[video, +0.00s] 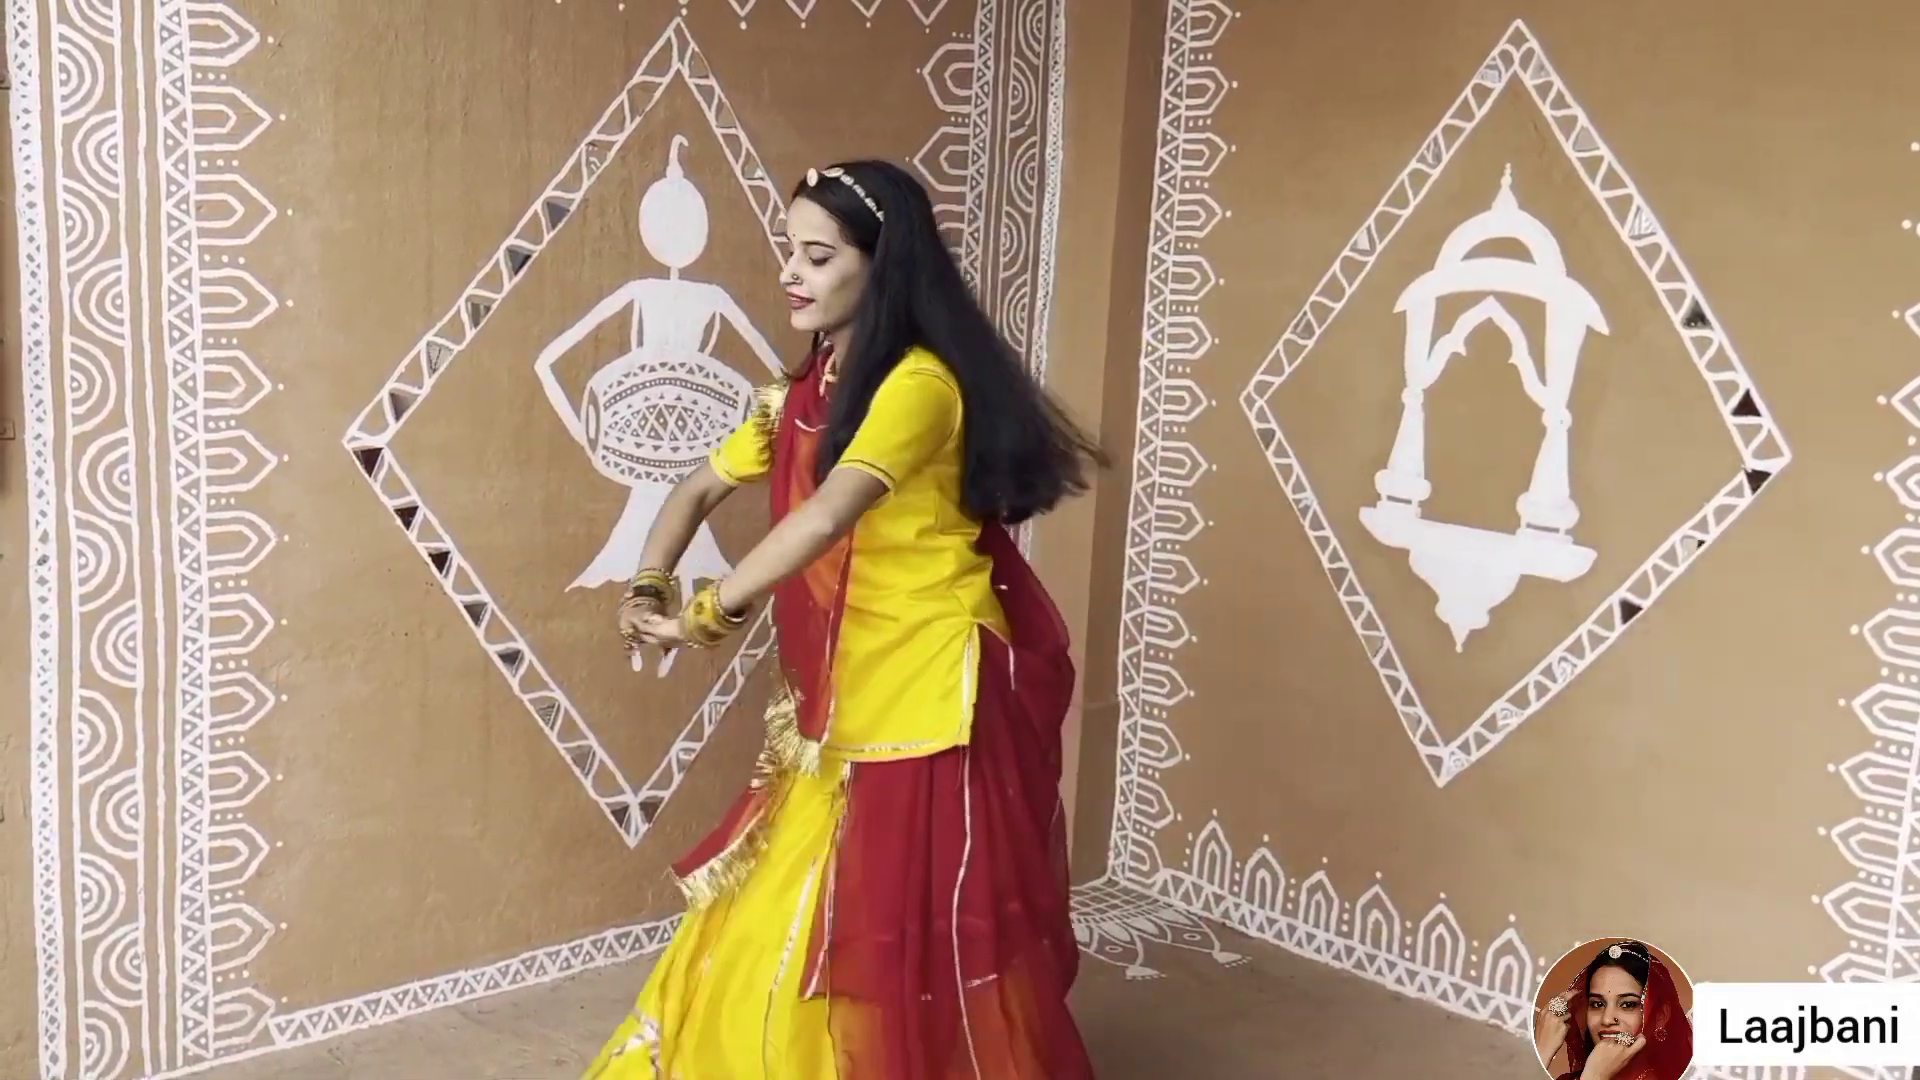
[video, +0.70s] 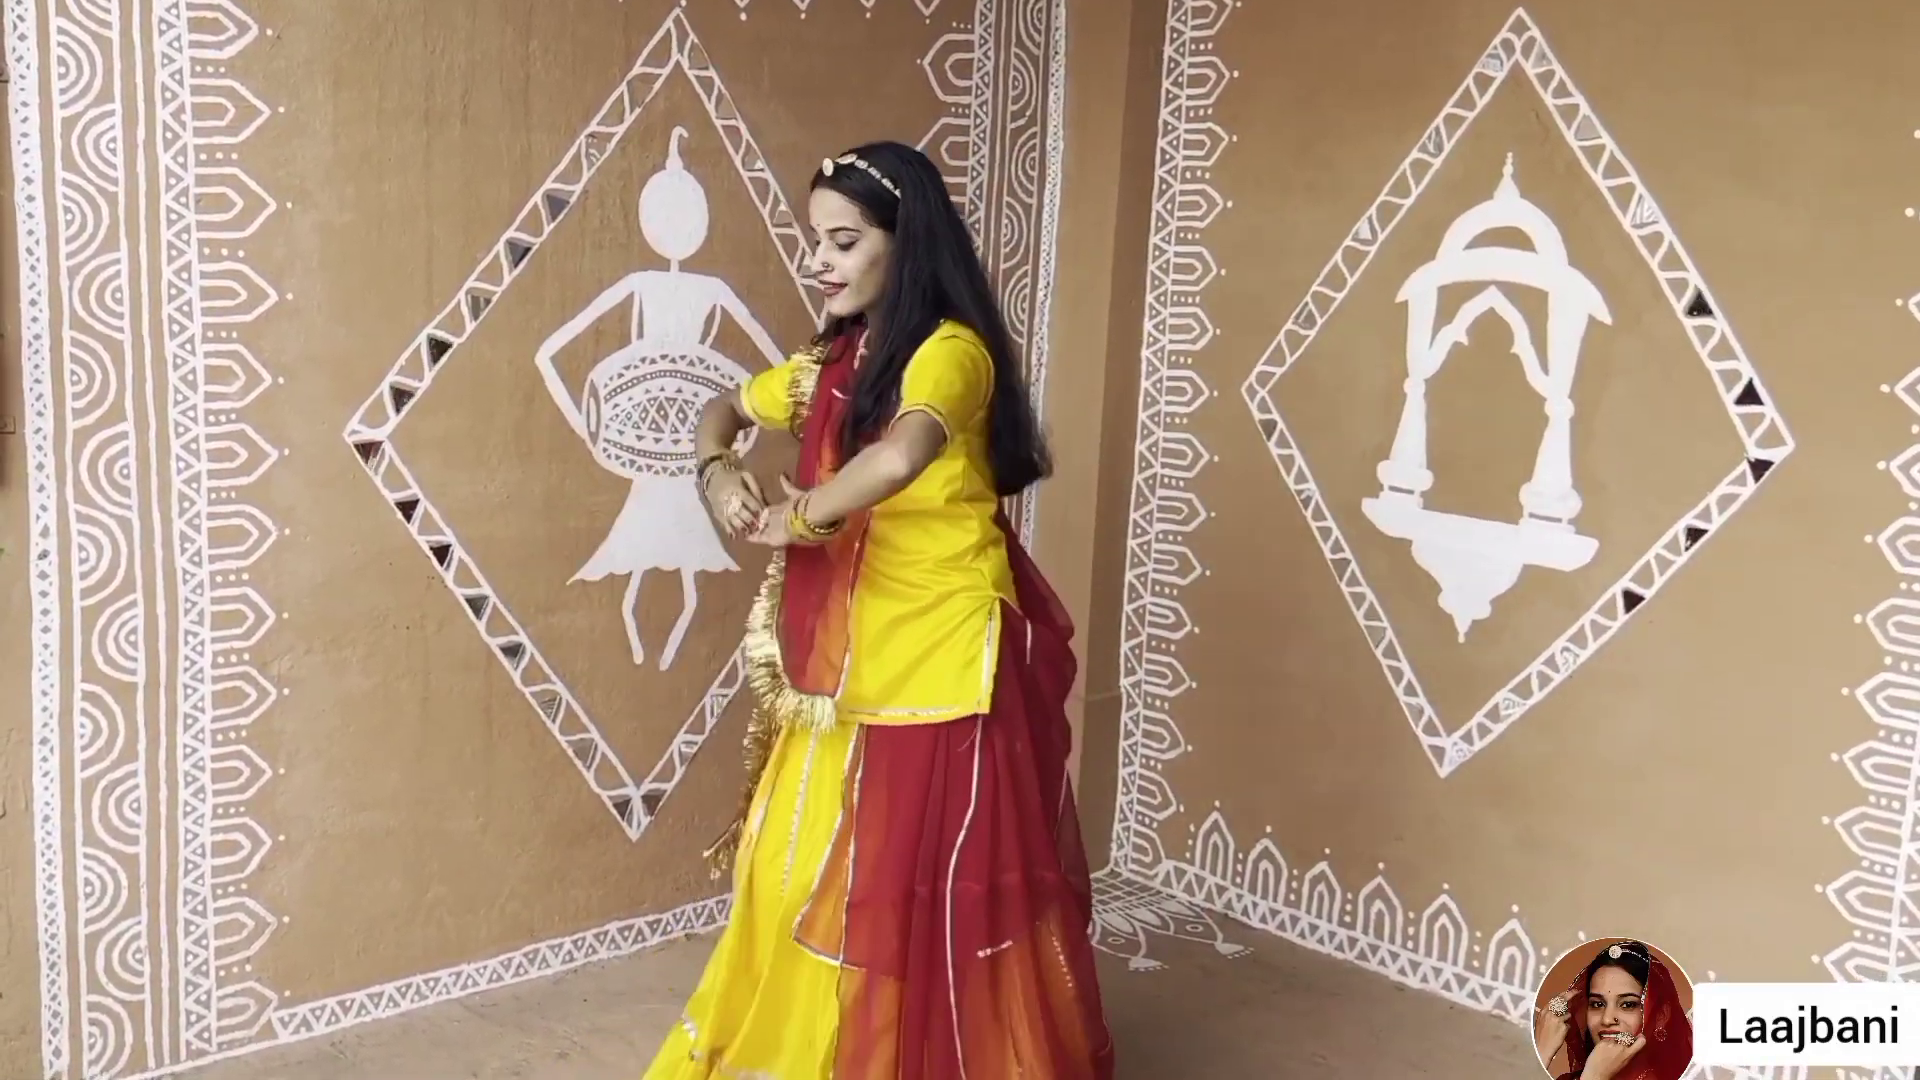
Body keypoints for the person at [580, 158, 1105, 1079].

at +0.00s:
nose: (792, 277)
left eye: (816, 255)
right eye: (788, 255)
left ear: (883, 263)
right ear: (793, 263)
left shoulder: (919, 383)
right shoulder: (807, 384)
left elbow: (830, 512)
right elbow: (699, 488)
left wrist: (711, 610)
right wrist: (652, 581)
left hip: (945, 702)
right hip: (846, 700)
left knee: (906, 946)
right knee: (771, 935)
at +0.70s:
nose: (819, 264)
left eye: (842, 242)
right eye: (813, 243)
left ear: (905, 243)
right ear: (814, 248)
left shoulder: (951, 350)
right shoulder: (838, 357)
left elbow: (901, 455)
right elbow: (730, 410)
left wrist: (804, 512)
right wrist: (716, 473)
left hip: (947, 661)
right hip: (843, 657)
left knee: (918, 891)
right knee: (802, 881)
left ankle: (920, 1066)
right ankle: (801, 1058)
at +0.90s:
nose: (835, 236)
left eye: (855, 213)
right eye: (827, 215)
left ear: (919, 209)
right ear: (828, 218)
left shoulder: (980, 317)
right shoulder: (827, 306)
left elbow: (944, 448)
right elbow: (691, 302)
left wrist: (816, 452)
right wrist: (670, 355)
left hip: (950, 644)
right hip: (841, 638)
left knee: (923, 873)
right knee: (830, 870)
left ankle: (940, 1065)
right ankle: (832, 1061)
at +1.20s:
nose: (857, 275)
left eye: (878, 251)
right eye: (845, 254)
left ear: (939, 245)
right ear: (833, 251)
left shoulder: (1015, 331)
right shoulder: (839, 335)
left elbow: (1051, 409)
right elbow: (718, 286)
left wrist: (903, 351)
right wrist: (778, 214)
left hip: (980, 666)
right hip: (852, 661)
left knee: (950, 894)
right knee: (844, 887)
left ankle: (947, 1062)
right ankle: (833, 1055)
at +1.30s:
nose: (870, 271)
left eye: (893, 250)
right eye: (856, 250)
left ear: (942, 255)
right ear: (843, 256)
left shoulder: (1002, 348)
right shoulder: (841, 351)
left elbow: (1112, 363)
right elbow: (760, 281)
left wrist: (999, 287)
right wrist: (861, 180)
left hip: (992, 664)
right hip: (867, 663)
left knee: (983, 890)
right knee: (860, 878)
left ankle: (986, 1056)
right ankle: (837, 1052)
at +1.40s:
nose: (890, 263)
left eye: (914, 243)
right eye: (877, 242)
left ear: (953, 248)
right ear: (857, 253)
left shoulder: (998, 336)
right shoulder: (845, 356)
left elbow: (1136, 301)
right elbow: (823, 260)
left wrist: (1076, 206)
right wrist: (939, 149)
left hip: (1018, 667)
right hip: (903, 676)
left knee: (1053, 890)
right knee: (931, 898)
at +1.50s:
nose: (946, 223)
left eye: (963, 203)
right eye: (924, 203)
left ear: (978, 212)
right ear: (876, 219)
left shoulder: (984, 290)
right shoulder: (871, 332)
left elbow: (1091, 218)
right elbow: (960, 233)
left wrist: (1127, 137)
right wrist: (1043, 88)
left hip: (1027, 641)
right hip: (950, 653)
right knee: (1070, 881)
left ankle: (799, 974)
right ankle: (1008, 1060)